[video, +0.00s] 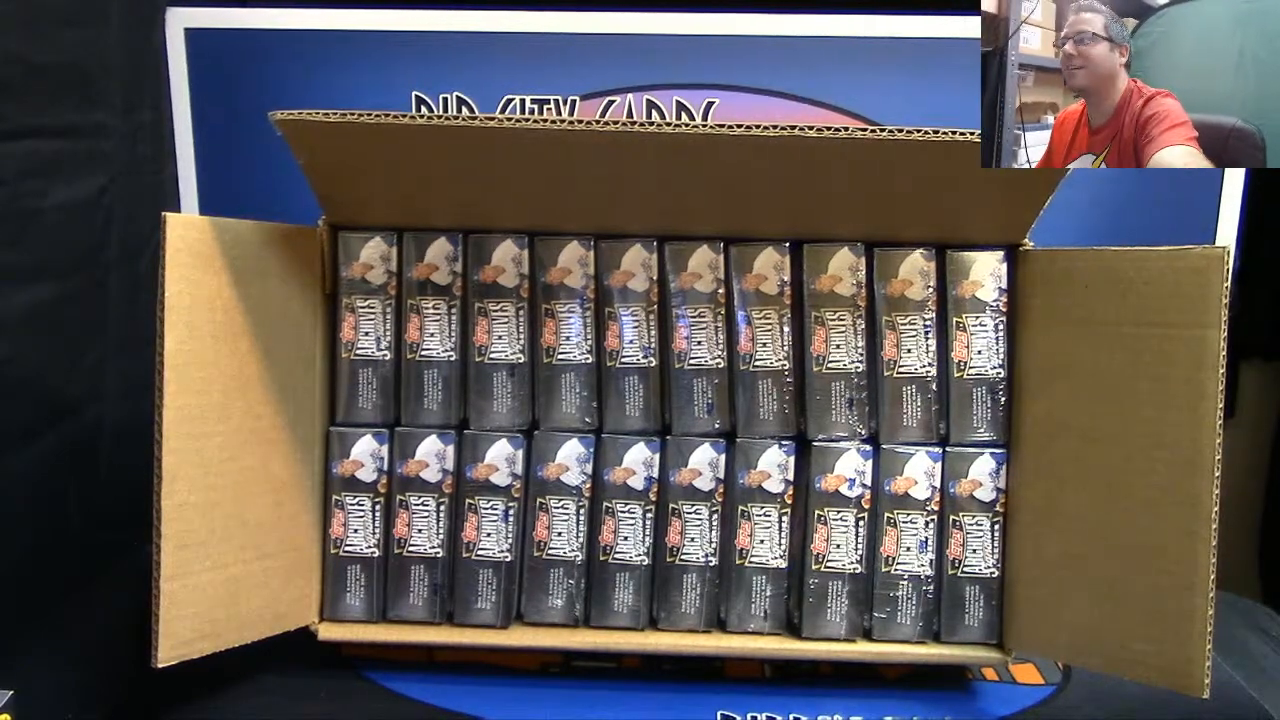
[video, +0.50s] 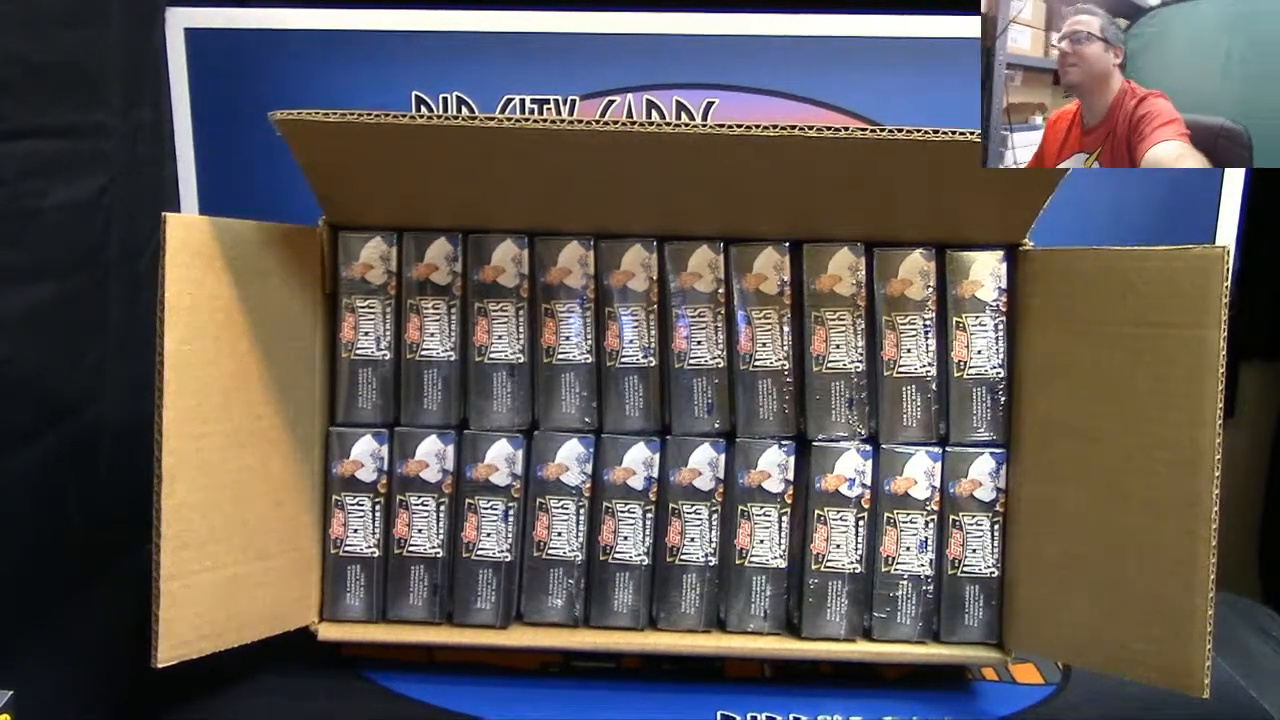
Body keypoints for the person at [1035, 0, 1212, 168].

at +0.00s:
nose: (1067, 50)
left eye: (1083, 40)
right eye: (1063, 43)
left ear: (1122, 53)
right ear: (1059, 52)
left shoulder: (1156, 108)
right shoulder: (1066, 122)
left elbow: (1180, 169)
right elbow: (1038, 186)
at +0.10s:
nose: (1066, 51)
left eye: (1082, 41)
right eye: (1062, 43)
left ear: (1121, 53)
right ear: (1058, 53)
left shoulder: (1155, 109)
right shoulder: (1065, 123)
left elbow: (1179, 169)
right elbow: (1037, 186)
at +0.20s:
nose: (1068, 52)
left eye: (1083, 42)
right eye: (1064, 46)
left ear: (1122, 54)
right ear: (1061, 56)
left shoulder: (1157, 110)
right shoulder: (1069, 124)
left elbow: (1183, 171)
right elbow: (1042, 188)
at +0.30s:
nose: (1070, 51)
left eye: (1086, 42)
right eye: (1066, 45)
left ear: (1124, 55)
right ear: (1064, 56)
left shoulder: (1158, 109)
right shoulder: (1070, 124)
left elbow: (1183, 166)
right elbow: (1042, 187)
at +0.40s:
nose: (1069, 50)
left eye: (1084, 41)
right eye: (1065, 44)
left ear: (1121, 55)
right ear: (1061, 53)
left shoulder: (1154, 110)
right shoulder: (1065, 124)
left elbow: (1178, 162)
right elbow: (1035, 185)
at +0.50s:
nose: (1063, 48)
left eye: (1079, 38)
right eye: (1059, 42)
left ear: (1116, 54)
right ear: (1055, 53)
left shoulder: (1147, 109)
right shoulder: (1059, 123)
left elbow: (1172, 161)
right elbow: (1028, 184)